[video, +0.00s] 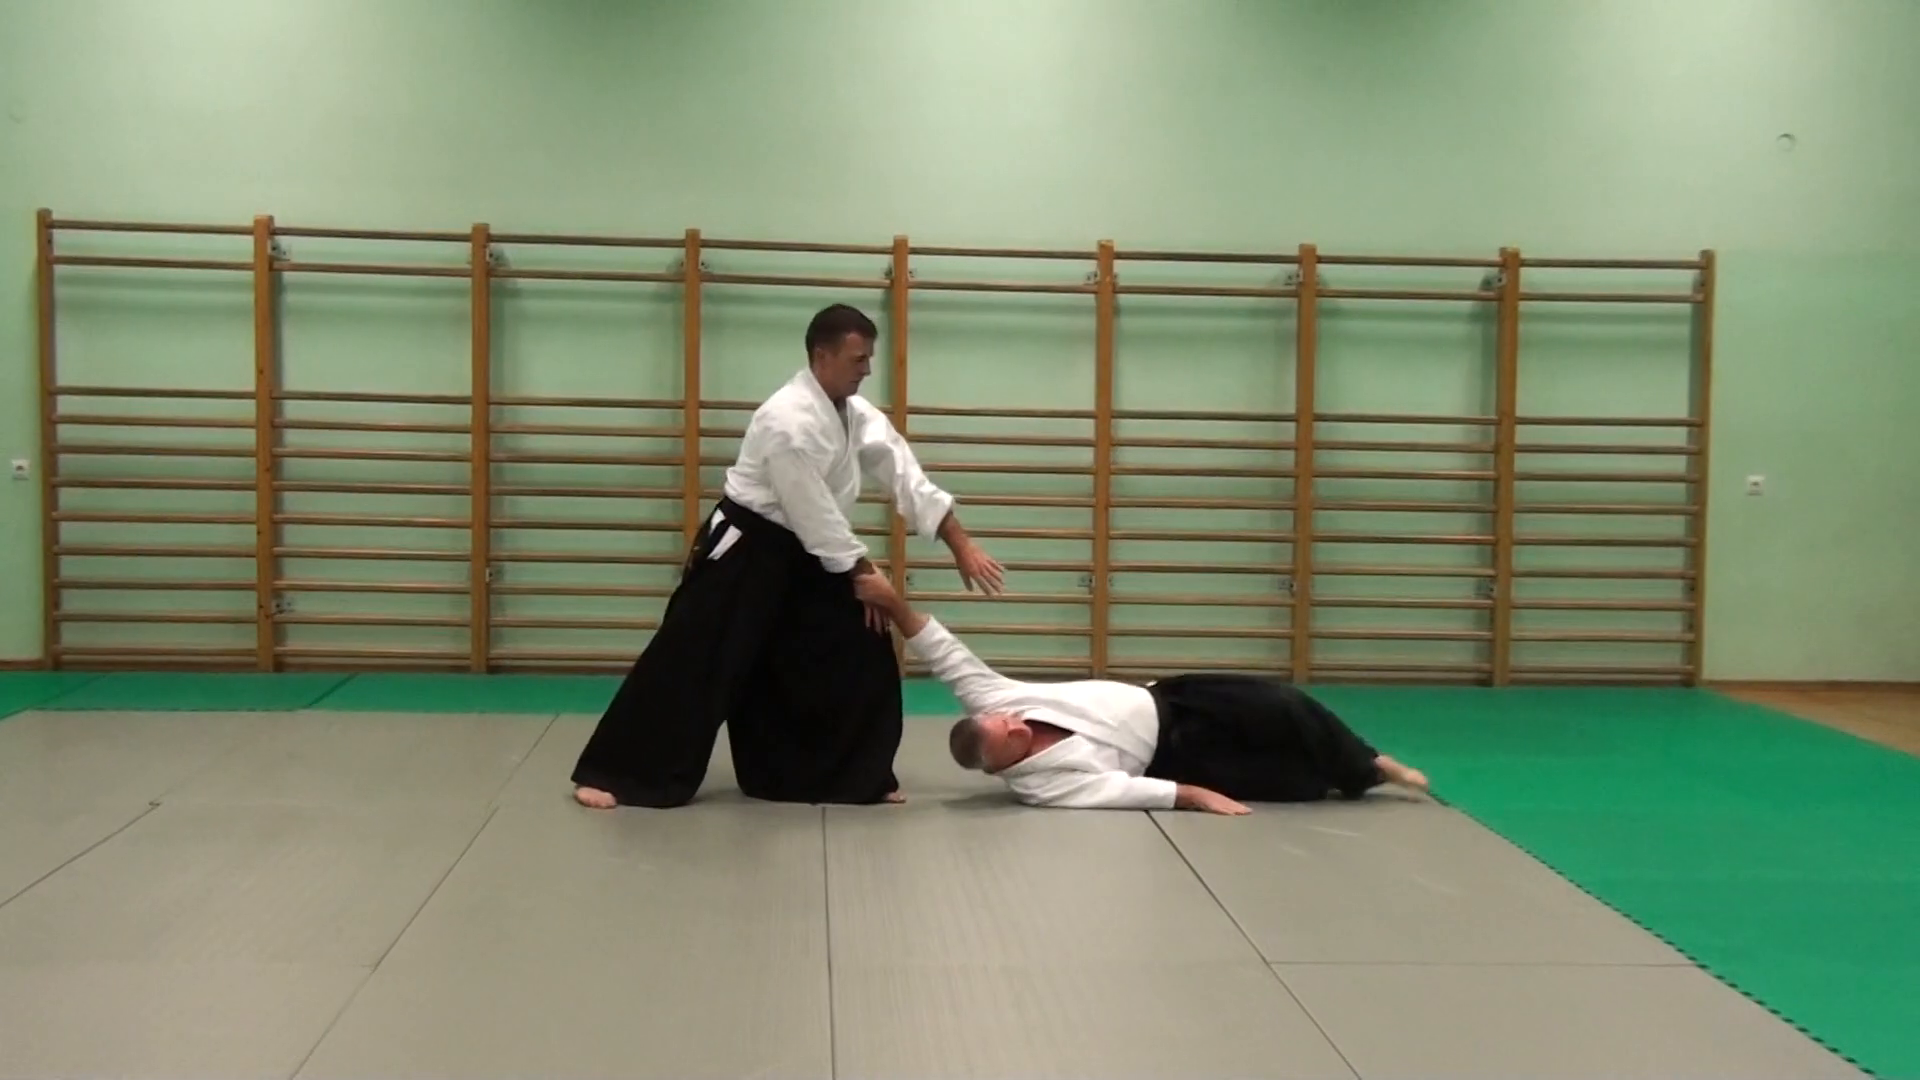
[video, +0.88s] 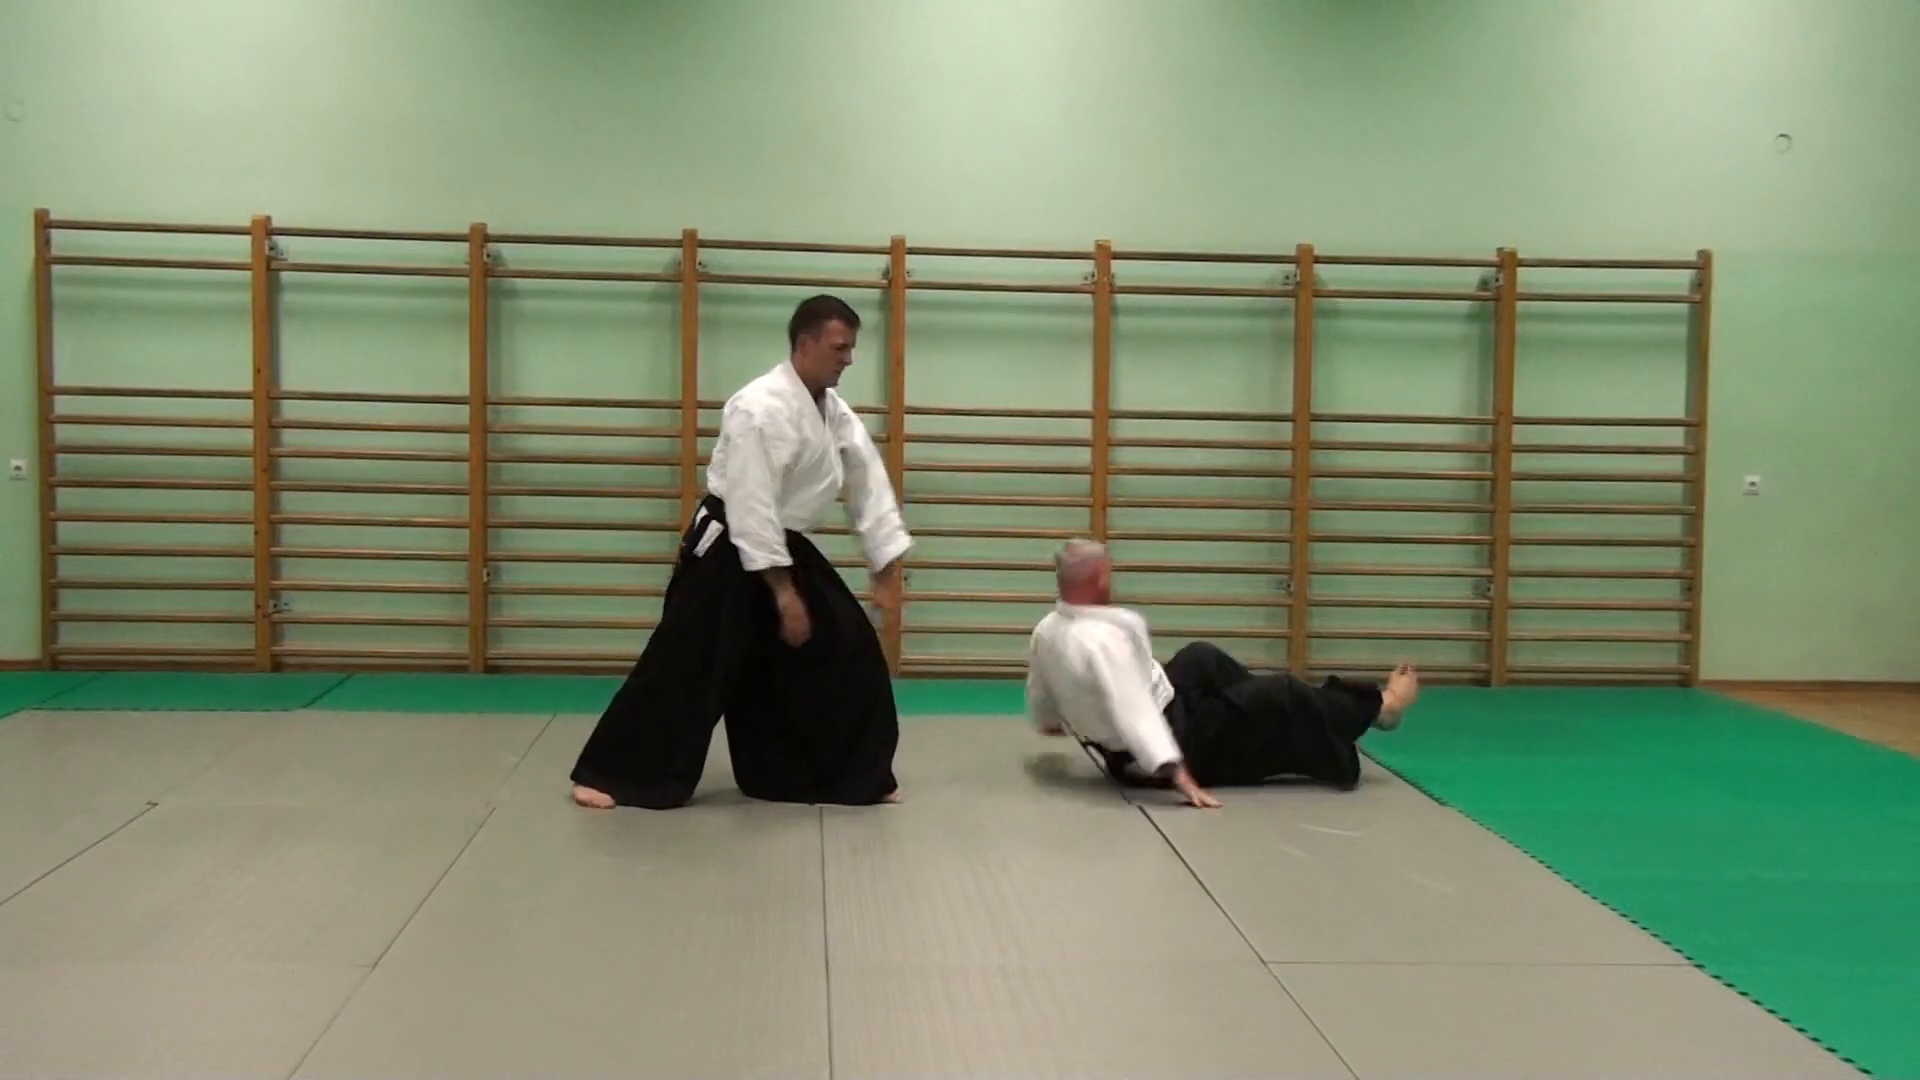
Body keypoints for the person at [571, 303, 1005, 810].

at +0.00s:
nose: (866, 371)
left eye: (869, 361)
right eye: (858, 361)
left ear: (852, 359)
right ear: (822, 356)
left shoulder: (855, 413)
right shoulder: (788, 421)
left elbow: (904, 473)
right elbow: (813, 512)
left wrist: (960, 542)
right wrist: (862, 571)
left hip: (811, 552)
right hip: (747, 547)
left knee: (866, 651)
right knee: (688, 657)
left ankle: (861, 773)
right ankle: (608, 772)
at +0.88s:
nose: (848, 357)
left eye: (851, 348)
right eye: (840, 346)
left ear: (833, 349)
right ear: (805, 343)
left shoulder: (835, 413)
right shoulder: (758, 407)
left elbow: (868, 485)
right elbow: (750, 507)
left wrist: (887, 566)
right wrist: (784, 588)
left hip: (787, 545)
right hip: (727, 545)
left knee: (851, 644)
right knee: (683, 659)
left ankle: (858, 773)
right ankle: (604, 772)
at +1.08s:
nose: (785, 341)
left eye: (788, 331)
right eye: (775, 330)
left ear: (786, 333)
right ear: (739, 329)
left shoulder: (783, 403)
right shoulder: (699, 398)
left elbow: (804, 485)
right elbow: (681, 494)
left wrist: (807, 565)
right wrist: (700, 581)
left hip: (756, 545)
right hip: (695, 543)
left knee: (814, 654)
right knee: (666, 665)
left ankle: (852, 774)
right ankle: (601, 775)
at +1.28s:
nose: (719, 314)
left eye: (721, 305)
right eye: (709, 304)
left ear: (715, 308)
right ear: (672, 307)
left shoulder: (718, 377)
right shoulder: (636, 377)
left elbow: (739, 463)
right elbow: (617, 474)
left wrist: (737, 542)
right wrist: (637, 560)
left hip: (700, 528)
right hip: (641, 524)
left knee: (737, 646)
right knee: (628, 654)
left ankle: (784, 766)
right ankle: (598, 776)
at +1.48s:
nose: (682, 301)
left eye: (684, 291)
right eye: (671, 291)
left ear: (675, 296)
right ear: (636, 294)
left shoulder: (683, 366)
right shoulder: (604, 366)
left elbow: (702, 452)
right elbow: (588, 462)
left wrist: (702, 531)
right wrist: (607, 549)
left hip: (672, 517)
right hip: (616, 516)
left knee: (697, 640)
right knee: (607, 645)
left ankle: (707, 769)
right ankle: (587, 774)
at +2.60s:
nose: (651, 298)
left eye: (652, 289)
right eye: (640, 288)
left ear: (645, 295)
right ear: (602, 293)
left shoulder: (649, 363)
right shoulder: (569, 366)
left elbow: (680, 444)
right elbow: (578, 462)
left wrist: (718, 502)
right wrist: (648, 489)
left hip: (642, 520)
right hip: (585, 523)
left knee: (668, 637)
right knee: (589, 645)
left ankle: (678, 768)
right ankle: (581, 775)